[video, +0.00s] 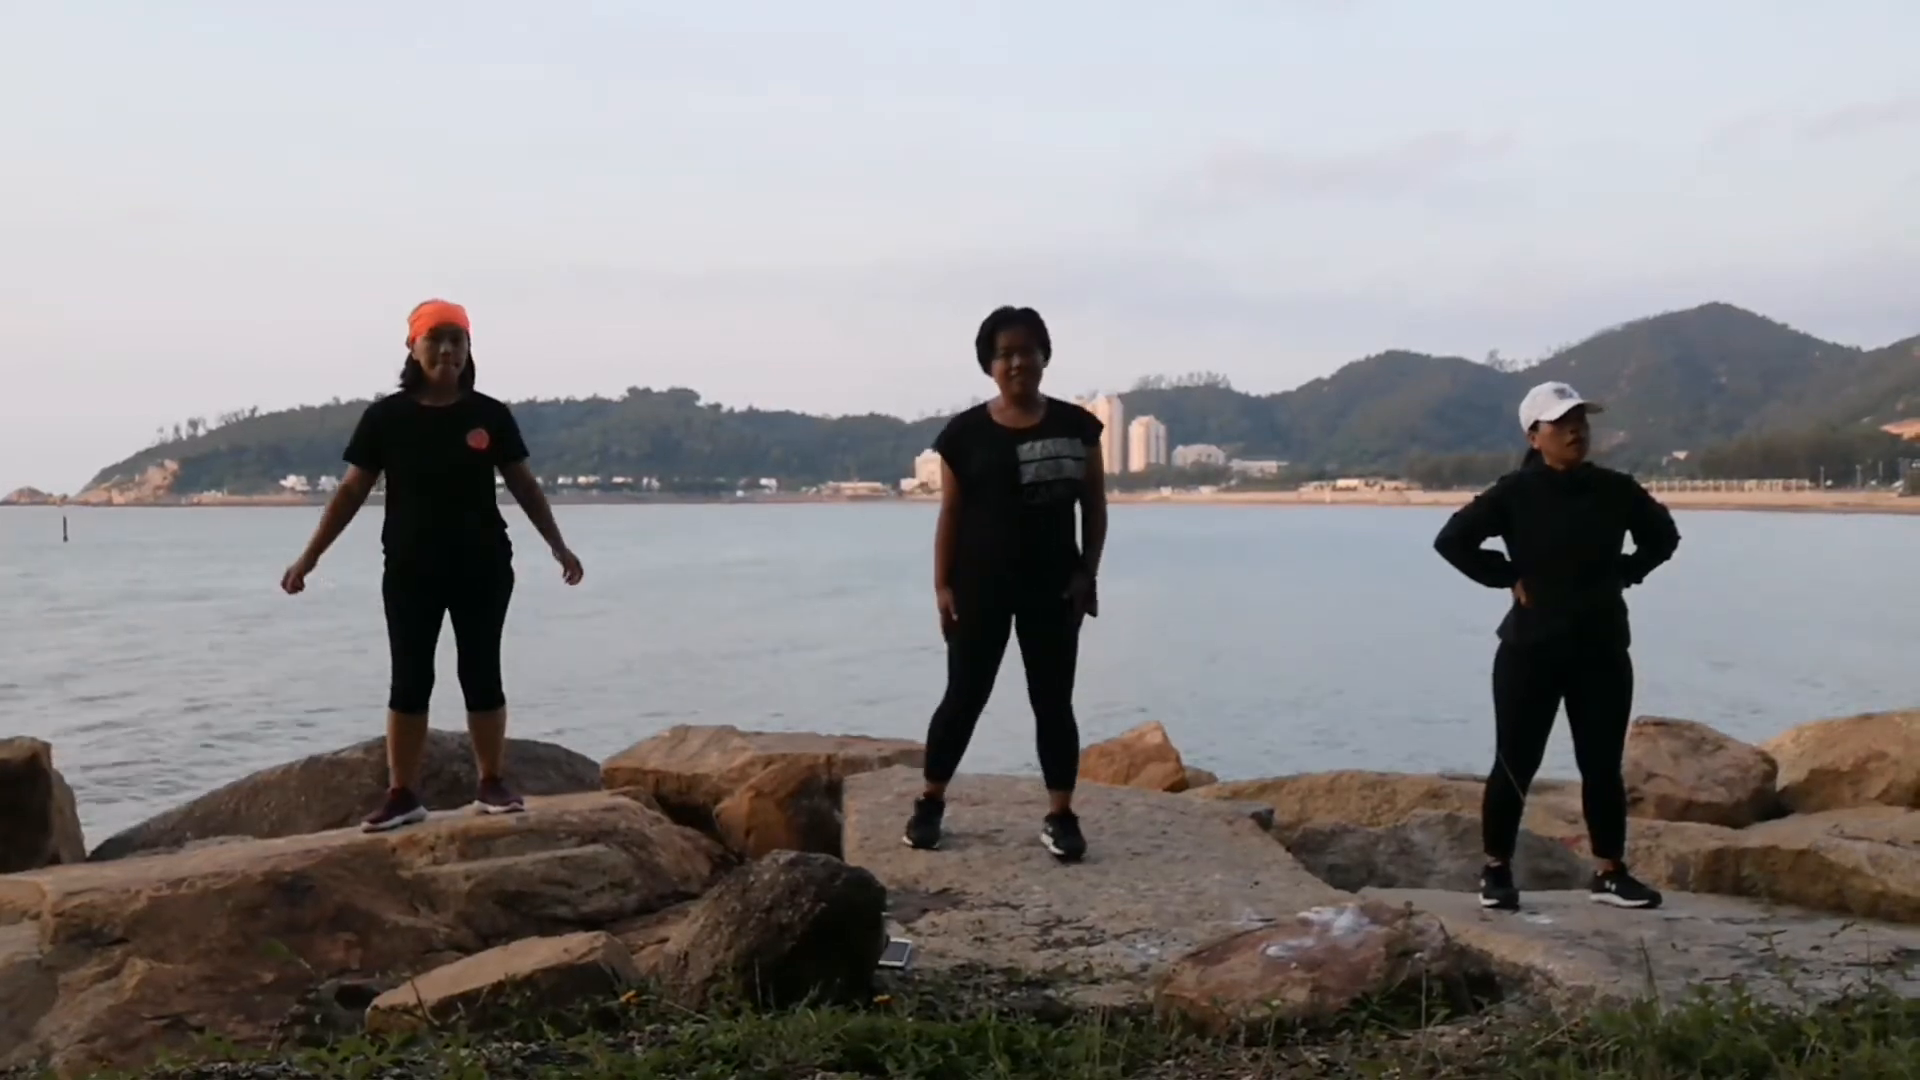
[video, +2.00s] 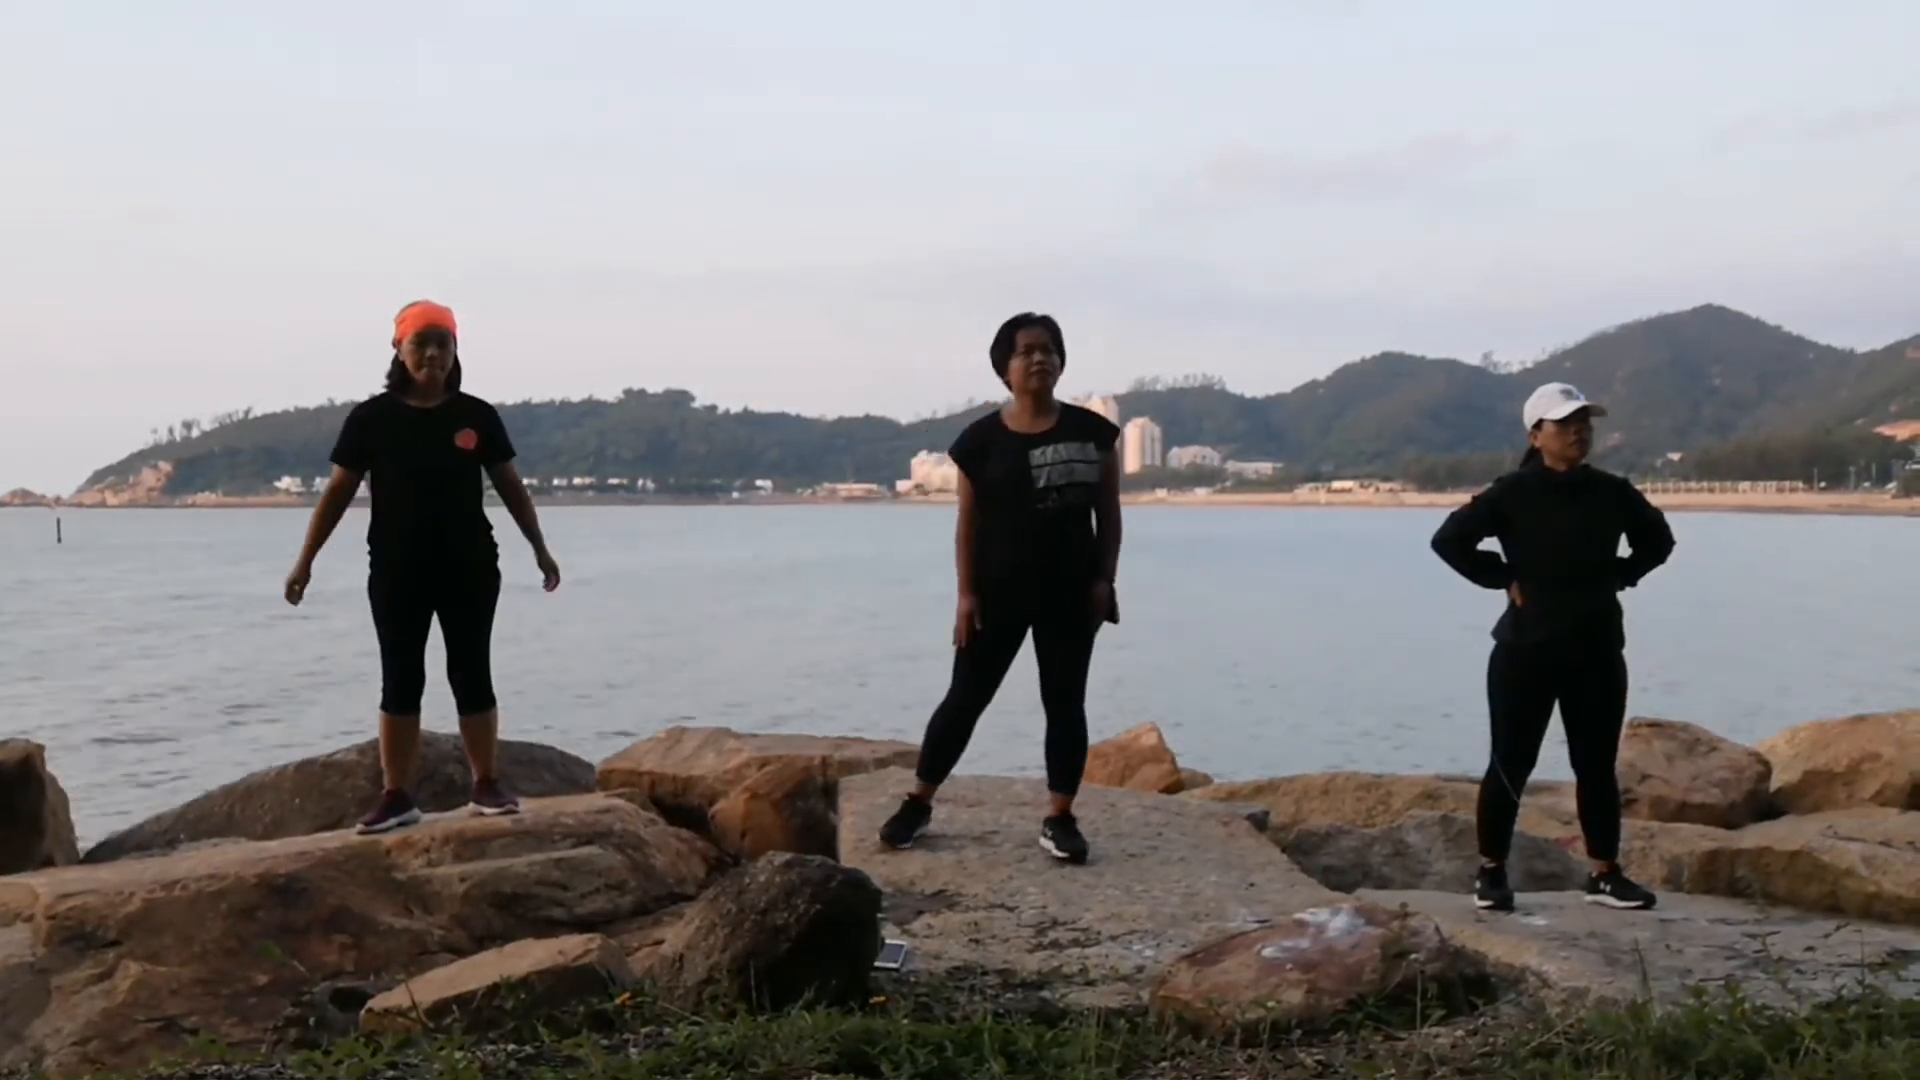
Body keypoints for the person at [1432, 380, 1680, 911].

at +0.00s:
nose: (1577, 431)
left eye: (1580, 420)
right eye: (1563, 424)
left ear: (1586, 425)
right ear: (1535, 435)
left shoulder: (1614, 489)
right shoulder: (1514, 493)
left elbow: (1664, 536)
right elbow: (1451, 542)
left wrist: (1625, 572)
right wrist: (1508, 576)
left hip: (1601, 649)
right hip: (1531, 649)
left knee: (1603, 766)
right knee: (1515, 765)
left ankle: (1611, 872)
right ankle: (1497, 872)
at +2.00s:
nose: (1581, 432)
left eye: (1584, 423)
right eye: (1568, 424)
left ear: (1588, 428)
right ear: (1538, 434)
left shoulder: (1612, 492)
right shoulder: (1512, 493)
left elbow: (1659, 540)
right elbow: (1448, 541)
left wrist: (1616, 576)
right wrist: (1504, 577)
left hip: (1595, 650)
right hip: (1527, 650)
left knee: (1598, 768)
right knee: (1510, 765)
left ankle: (1606, 873)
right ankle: (1492, 873)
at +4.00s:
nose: (1560, 435)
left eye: (1567, 426)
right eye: (1548, 426)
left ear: (1576, 433)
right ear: (1523, 435)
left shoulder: (1600, 494)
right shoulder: (1501, 496)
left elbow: (1648, 541)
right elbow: (1438, 545)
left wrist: (1607, 577)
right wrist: (1496, 581)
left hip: (1586, 652)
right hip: (1517, 652)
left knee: (1590, 770)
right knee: (1502, 767)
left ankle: (1598, 875)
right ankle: (1485, 874)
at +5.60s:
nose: (1493, 442)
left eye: (1502, 432)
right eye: (1482, 433)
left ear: (1512, 436)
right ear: (1459, 437)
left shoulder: (1532, 489)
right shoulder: (1437, 502)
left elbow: (1574, 524)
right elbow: (1380, 561)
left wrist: (1542, 565)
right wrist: (1441, 591)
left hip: (1536, 642)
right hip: (1471, 648)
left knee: (1575, 749)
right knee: (1474, 765)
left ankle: (1555, 836)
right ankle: (1476, 873)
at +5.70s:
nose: (1496, 447)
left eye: (1502, 438)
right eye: (1485, 438)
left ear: (1510, 439)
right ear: (1456, 438)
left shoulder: (1528, 488)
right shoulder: (1432, 502)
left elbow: (1572, 525)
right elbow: (1375, 562)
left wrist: (1541, 564)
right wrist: (1437, 591)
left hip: (1534, 639)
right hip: (1470, 647)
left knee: (1577, 746)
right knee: (1473, 765)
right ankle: (1476, 875)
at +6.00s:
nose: (1507, 452)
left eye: (1511, 443)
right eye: (1497, 442)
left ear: (1514, 440)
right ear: (1465, 440)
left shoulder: (1529, 487)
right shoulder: (1436, 501)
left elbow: (1571, 525)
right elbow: (1379, 565)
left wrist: (1538, 565)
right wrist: (1442, 593)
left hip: (1537, 635)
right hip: (1473, 644)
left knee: (1575, 738)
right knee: (1474, 762)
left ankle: (1497, 726)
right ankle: (1475, 876)